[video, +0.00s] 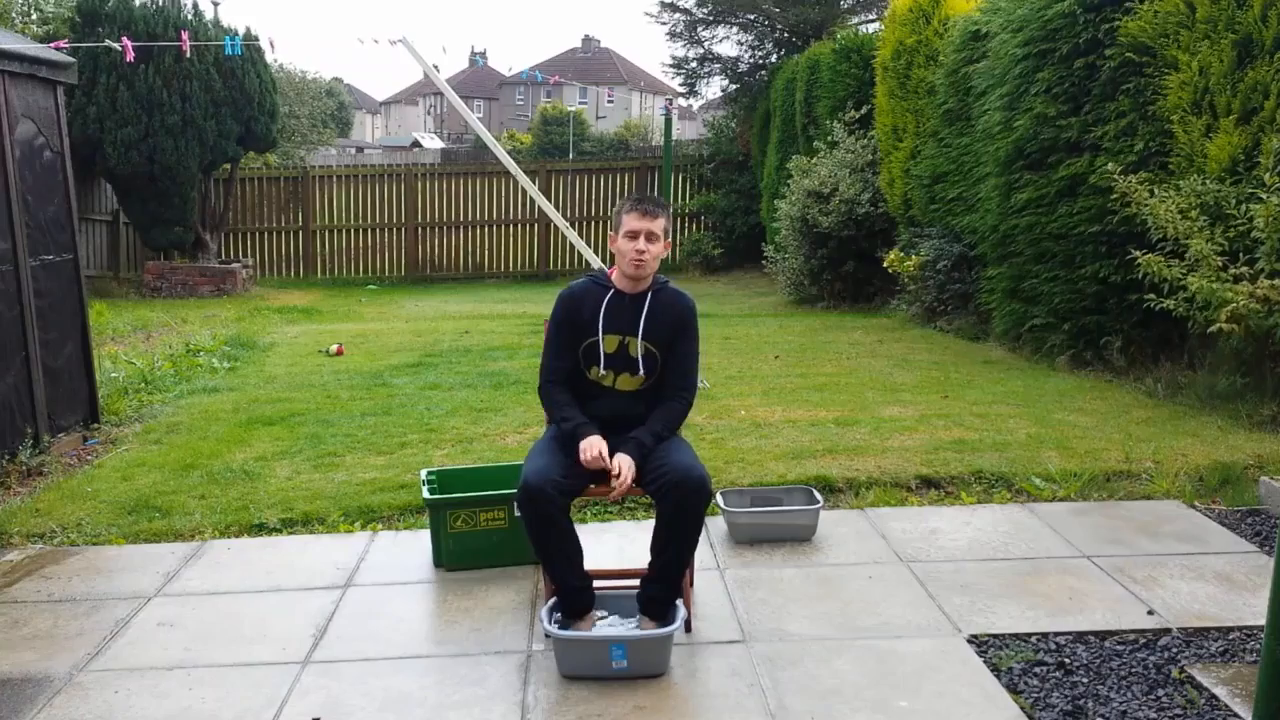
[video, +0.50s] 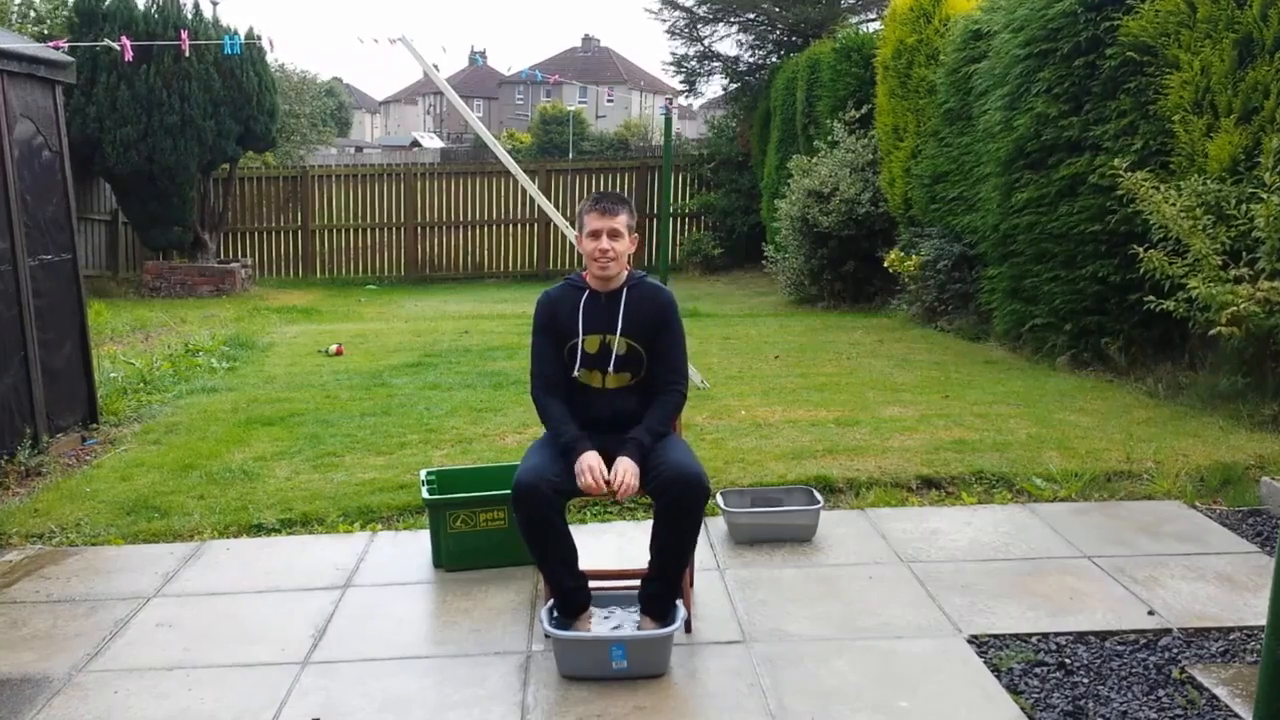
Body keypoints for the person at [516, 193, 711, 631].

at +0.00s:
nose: (641, 246)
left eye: (652, 238)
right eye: (632, 236)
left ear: (665, 248)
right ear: (613, 241)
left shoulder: (677, 308)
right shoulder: (576, 300)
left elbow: (678, 395)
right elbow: (553, 383)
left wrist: (635, 450)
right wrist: (584, 433)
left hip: (649, 430)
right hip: (577, 427)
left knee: (691, 484)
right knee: (535, 487)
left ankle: (658, 600)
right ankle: (575, 600)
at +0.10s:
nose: (627, 247)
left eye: (638, 237)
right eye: (618, 236)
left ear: (653, 247)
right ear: (600, 243)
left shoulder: (669, 306)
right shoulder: (568, 301)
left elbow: (675, 393)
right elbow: (547, 385)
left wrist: (635, 450)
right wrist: (576, 407)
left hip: (649, 431)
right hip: (578, 431)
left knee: (689, 483)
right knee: (531, 487)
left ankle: (657, 603)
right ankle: (575, 605)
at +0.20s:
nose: (615, 247)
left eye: (626, 237)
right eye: (605, 236)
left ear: (642, 244)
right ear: (589, 243)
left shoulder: (662, 304)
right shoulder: (561, 303)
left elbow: (673, 391)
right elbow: (542, 388)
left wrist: (633, 451)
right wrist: (572, 394)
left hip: (647, 430)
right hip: (575, 433)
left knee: (686, 482)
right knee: (530, 488)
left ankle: (659, 602)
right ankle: (574, 604)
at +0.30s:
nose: (608, 246)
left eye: (619, 236)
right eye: (598, 237)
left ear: (635, 244)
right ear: (582, 244)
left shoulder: (658, 302)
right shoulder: (556, 304)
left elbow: (672, 391)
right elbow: (541, 388)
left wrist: (630, 450)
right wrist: (569, 394)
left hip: (645, 430)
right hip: (574, 434)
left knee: (684, 482)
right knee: (530, 488)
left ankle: (657, 606)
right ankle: (574, 605)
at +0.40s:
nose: (604, 246)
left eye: (615, 236)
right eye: (594, 236)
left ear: (632, 244)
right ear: (579, 243)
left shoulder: (657, 302)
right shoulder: (554, 304)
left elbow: (671, 390)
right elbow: (542, 387)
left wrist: (633, 449)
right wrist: (570, 408)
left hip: (646, 430)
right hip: (575, 433)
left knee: (685, 482)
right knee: (529, 488)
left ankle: (656, 607)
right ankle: (573, 604)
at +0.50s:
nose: (604, 245)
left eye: (615, 235)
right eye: (594, 235)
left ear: (632, 244)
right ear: (579, 242)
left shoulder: (657, 302)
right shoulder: (554, 304)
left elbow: (672, 390)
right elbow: (545, 390)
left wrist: (634, 452)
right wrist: (579, 449)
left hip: (646, 432)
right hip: (573, 435)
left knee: (688, 483)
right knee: (529, 488)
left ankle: (657, 606)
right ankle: (573, 604)